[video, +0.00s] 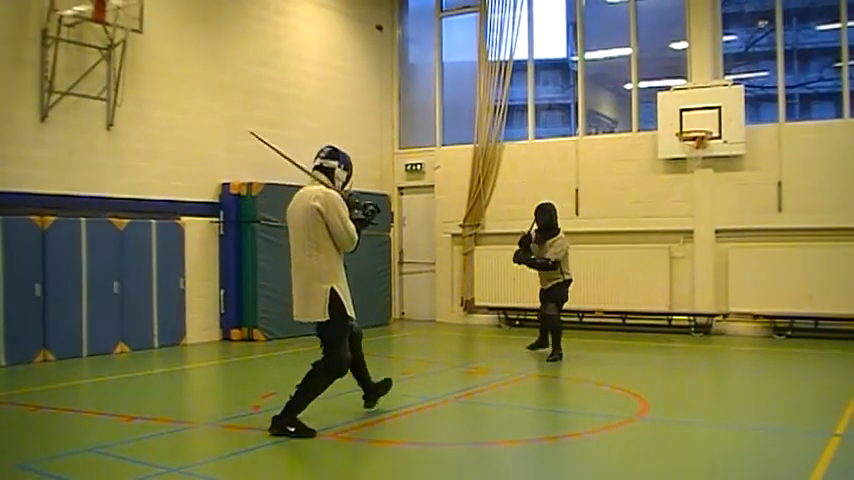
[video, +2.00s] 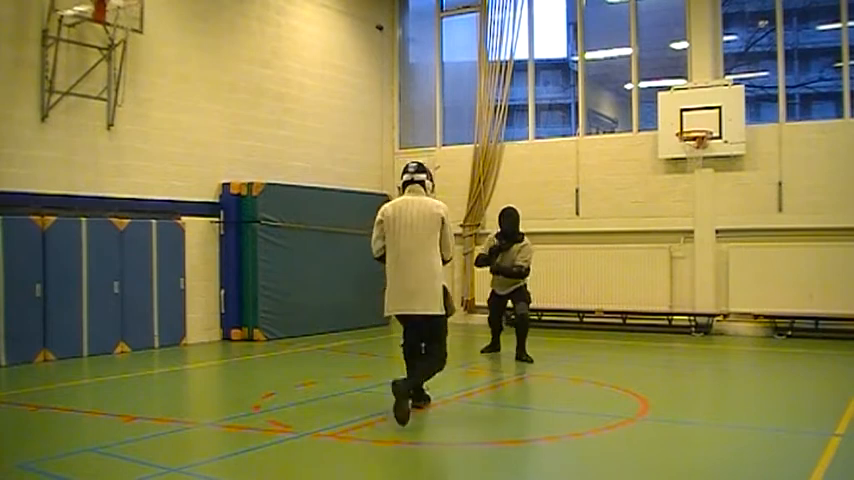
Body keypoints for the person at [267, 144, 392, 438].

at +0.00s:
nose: (346, 182)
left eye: (347, 177)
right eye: (346, 175)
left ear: (316, 169)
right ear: (337, 172)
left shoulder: (298, 198)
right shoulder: (328, 197)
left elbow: (318, 240)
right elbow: (348, 242)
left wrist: (346, 214)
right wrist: (358, 222)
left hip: (309, 289)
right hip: (328, 290)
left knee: (352, 336)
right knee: (337, 361)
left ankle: (369, 388)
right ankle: (286, 418)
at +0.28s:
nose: (371, 186)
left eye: (371, 181)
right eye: (370, 181)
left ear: (343, 178)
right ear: (361, 179)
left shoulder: (327, 206)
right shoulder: (356, 204)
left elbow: (349, 241)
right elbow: (379, 244)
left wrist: (378, 218)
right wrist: (387, 221)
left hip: (334, 292)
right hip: (351, 293)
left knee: (374, 334)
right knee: (344, 365)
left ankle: (379, 395)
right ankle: (288, 414)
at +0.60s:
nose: (394, 181)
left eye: (393, 177)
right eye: (394, 176)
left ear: (365, 173)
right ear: (388, 174)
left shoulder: (349, 201)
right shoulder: (384, 196)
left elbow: (366, 237)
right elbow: (404, 235)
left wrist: (398, 212)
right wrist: (408, 215)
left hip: (355, 279)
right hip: (375, 279)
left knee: (386, 335)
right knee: (377, 344)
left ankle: (380, 395)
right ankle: (322, 396)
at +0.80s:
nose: (401, 178)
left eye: (401, 174)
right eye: (400, 174)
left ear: (372, 170)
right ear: (394, 171)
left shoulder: (355, 199)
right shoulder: (391, 191)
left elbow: (367, 235)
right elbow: (410, 233)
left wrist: (403, 211)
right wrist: (417, 214)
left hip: (357, 277)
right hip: (380, 276)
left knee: (384, 338)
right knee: (389, 340)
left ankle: (379, 394)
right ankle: (347, 400)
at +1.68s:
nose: (414, 186)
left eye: (413, 182)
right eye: (414, 182)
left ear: (386, 182)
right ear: (410, 182)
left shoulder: (371, 211)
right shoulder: (415, 207)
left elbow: (378, 250)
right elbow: (430, 253)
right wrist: (428, 229)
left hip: (380, 298)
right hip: (408, 297)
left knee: (420, 328)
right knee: (412, 362)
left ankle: (419, 390)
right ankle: (367, 416)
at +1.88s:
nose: (424, 187)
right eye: (424, 183)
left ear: (397, 185)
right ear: (421, 184)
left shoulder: (381, 213)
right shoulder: (432, 209)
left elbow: (371, 256)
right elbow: (443, 254)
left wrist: (397, 255)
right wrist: (421, 247)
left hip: (393, 296)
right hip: (422, 294)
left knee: (418, 343)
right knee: (419, 358)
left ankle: (419, 391)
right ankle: (377, 403)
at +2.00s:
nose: (429, 186)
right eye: (429, 181)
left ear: (402, 183)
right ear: (427, 183)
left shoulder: (387, 209)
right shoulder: (438, 208)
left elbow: (377, 250)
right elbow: (447, 254)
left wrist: (401, 258)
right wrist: (425, 258)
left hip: (399, 294)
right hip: (430, 294)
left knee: (411, 341)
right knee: (438, 355)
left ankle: (418, 392)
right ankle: (406, 386)